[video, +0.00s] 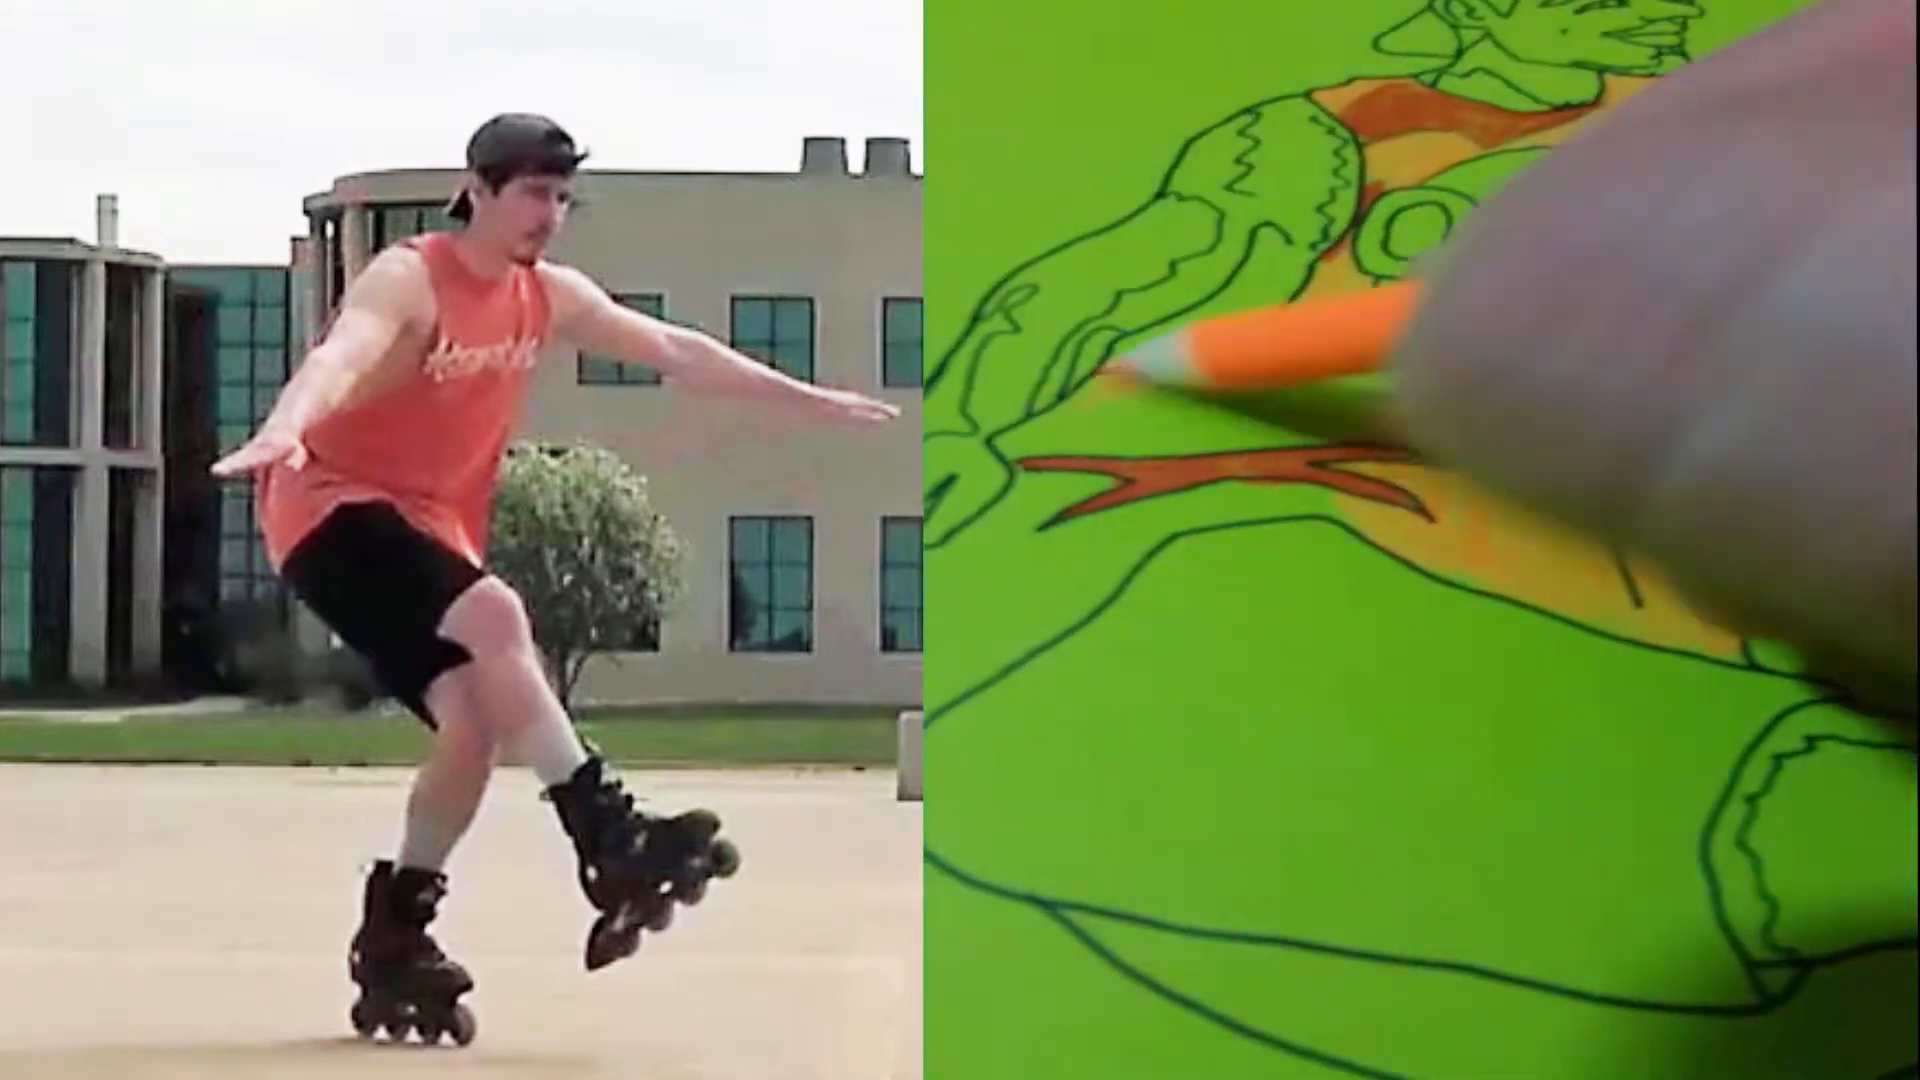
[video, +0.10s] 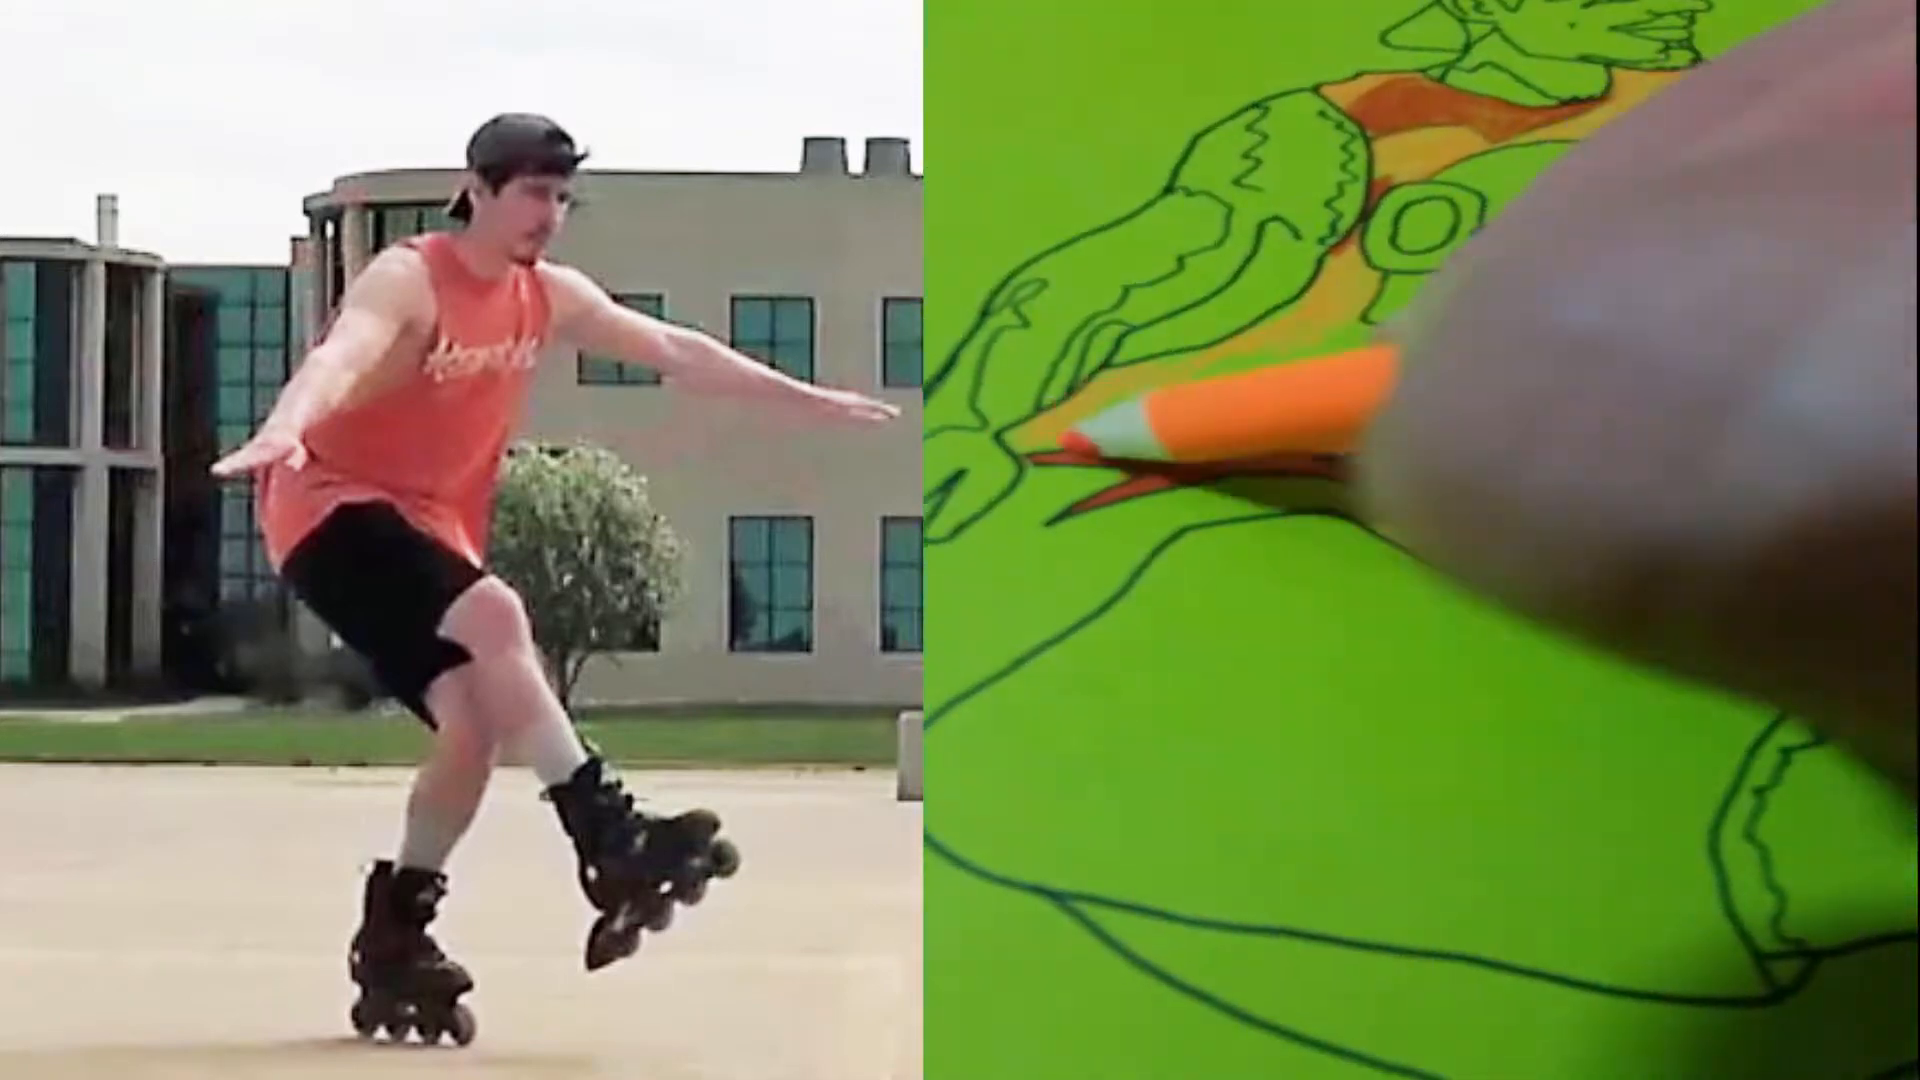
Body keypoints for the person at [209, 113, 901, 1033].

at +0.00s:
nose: (551, 214)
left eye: (561, 198)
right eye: (535, 195)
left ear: (563, 203)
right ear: (476, 191)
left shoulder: (552, 293)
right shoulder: (409, 274)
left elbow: (676, 351)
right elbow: (342, 355)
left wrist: (812, 400)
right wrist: (283, 428)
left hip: (437, 530)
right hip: (335, 506)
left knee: (477, 724)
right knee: (492, 616)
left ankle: (393, 938)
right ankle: (610, 840)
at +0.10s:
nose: (551, 215)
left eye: (561, 199)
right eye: (535, 195)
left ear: (563, 203)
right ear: (475, 191)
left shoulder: (552, 293)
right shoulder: (409, 274)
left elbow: (675, 350)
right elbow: (342, 355)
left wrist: (812, 400)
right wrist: (283, 429)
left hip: (437, 530)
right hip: (334, 506)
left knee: (477, 725)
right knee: (492, 616)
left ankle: (393, 938)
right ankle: (610, 840)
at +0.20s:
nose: (551, 215)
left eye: (561, 199)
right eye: (535, 195)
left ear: (563, 204)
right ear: (476, 191)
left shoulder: (552, 293)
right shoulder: (408, 274)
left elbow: (675, 350)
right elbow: (341, 356)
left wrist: (811, 399)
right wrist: (282, 429)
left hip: (437, 531)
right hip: (334, 506)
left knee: (477, 727)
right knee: (492, 616)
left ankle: (393, 937)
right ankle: (610, 840)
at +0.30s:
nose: (551, 214)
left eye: (561, 198)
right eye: (535, 195)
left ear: (563, 203)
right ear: (476, 191)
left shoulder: (551, 293)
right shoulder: (409, 274)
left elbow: (675, 350)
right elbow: (342, 355)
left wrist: (812, 400)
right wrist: (283, 429)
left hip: (436, 530)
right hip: (334, 505)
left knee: (477, 726)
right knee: (492, 616)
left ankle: (393, 936)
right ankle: (610, 840)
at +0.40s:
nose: (551, 215)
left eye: (561, 199)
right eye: (535, 195)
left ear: (563, 203)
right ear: (475, 191)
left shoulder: (551, 293)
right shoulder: (408, 274)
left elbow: (674, 350)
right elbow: (342, 356)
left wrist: (810, 399)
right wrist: (283, 428)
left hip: (436, 530)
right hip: (334, 504)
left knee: (477, 725)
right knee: (492, 616)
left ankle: (393, 935)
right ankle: (610, 841)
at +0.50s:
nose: (551, 214)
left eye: (561, 198)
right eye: (534, 195)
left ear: (563, 203)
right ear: (476, 191)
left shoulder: (552, 293)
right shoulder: (409, 274)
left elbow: (676, 351)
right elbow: (342, 354)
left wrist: (812, 400)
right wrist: (283, 428)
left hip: (437, 530)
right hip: (335, 506)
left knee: (477, 724)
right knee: (492, 616)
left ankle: (393, 937)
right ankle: (610, 840)